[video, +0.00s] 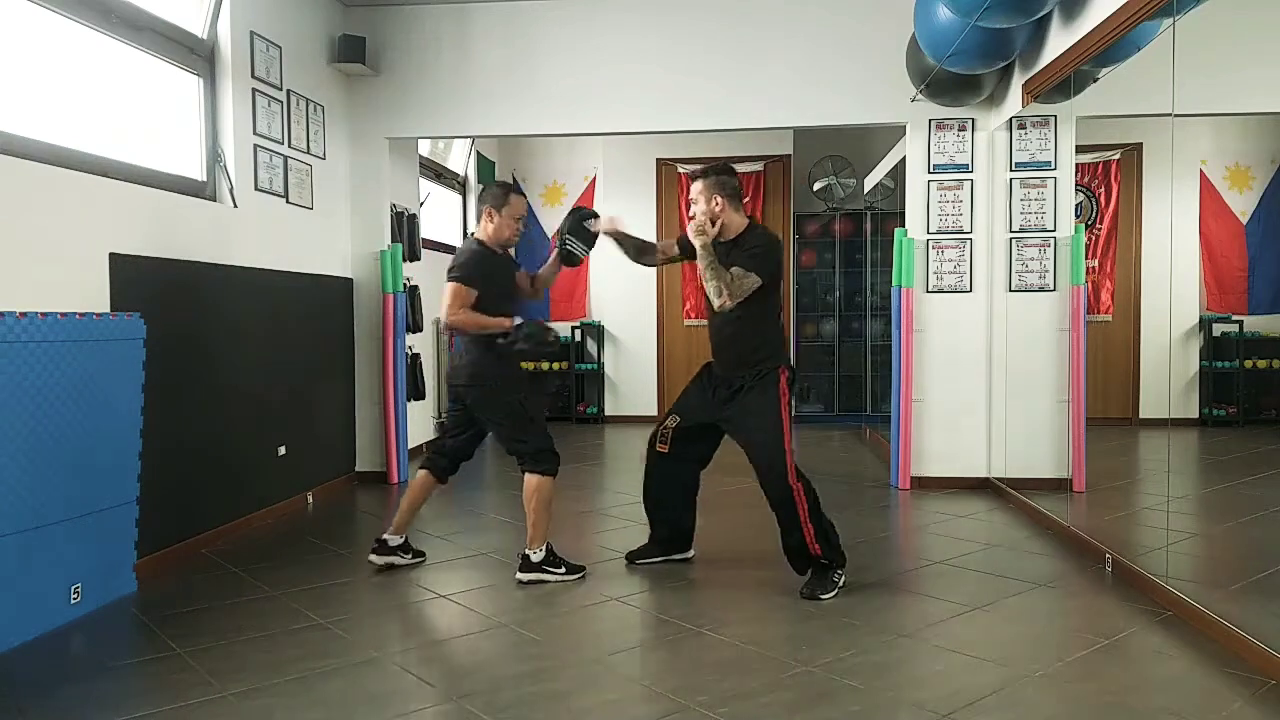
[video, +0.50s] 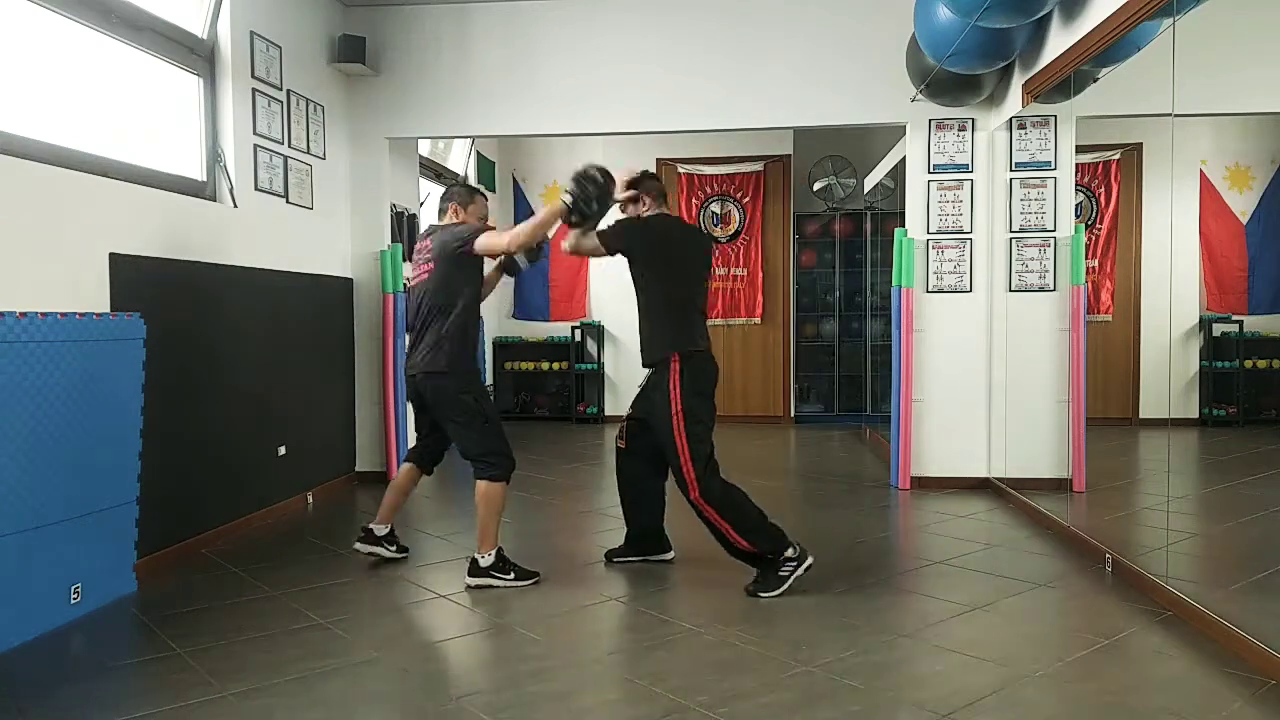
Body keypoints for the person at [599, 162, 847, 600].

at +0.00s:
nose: (692, 211)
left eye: (696, 203)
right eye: (691, 205)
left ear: (722, 203)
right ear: (719, 204)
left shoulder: (763, 245)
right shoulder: (708, 239)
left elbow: (723, 295)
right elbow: (652, 254)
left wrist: (702, 242)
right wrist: (615, 231)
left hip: (763, 380)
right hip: (719, 377)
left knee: (778, 474)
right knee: (668, 447)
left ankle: (826, 562)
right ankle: (671, 541)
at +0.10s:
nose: (668, 209)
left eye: (672, 200)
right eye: (667, 201)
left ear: (695, 199)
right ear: (694, 200)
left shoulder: (738, 239)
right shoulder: (690, 242)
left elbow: (720, 295)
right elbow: (642, 255)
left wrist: (685, 261)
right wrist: (591, 233)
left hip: (737, 375)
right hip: (699, 375)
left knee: (754, 472)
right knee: (651, 449)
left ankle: (828, 554)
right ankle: (658, 541)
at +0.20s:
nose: (652, 206)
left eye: (654, 198)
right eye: (651, 199)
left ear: (676, 198)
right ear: (684, 199)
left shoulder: (698, 228)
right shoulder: (690, 239)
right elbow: (658, 277)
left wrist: (635, 234)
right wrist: (633, 240)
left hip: (716, 368)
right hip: (690, 371)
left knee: (737, 473)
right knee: (647, 450)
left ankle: (819, 548)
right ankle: (651, 542)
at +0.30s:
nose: (637, 210)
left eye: (643, 203)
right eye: (639, 204)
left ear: (666, 203)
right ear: (675, 204)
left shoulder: (684, 228)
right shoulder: (695, 243)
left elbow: (626, 225)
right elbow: (657, 276)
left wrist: (586, 226)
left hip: (706, 374)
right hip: (683, 376)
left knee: (724, 484)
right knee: (641, 450)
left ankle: (810, 555)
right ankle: (650, 541)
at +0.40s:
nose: (633, 215)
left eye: (635, 207)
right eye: (632, 208)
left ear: (656, 205)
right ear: (674, 205)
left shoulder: (649, 231)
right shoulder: (706, 240)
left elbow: (586, 265)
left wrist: (581, 240)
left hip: (683, 369)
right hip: (692, 366)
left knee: (708, 481)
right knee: (637, 445)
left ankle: (799, 548)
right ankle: (647, 541)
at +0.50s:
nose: (625, 213)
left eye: (626, 205)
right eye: (624, 206)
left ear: (643, 201)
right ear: (663, 199)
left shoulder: (639, 231)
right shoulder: (698, 238)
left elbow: (574, 244)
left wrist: (593, 200)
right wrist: (642, 214)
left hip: (678, 368)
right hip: (684, 365)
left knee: (697, 481)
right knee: (635, 448)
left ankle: (781, 555)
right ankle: (647, 541)